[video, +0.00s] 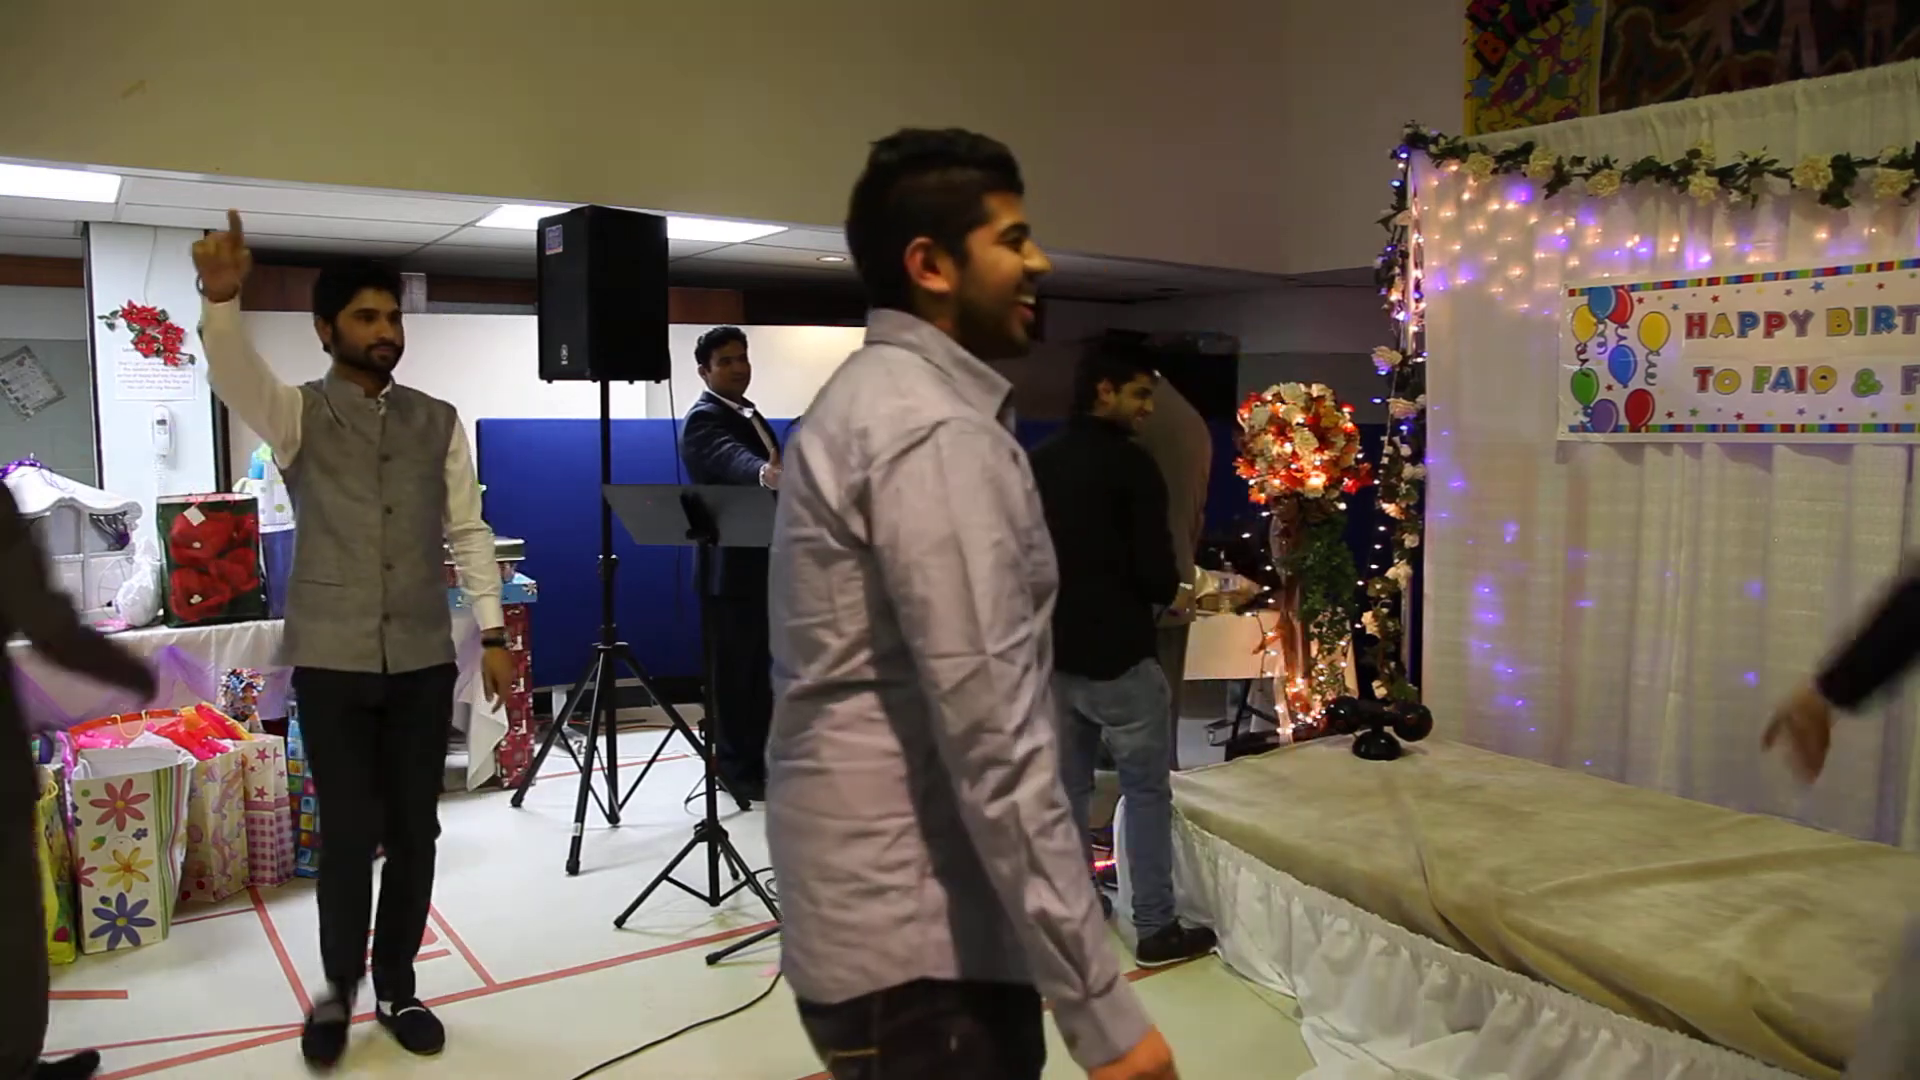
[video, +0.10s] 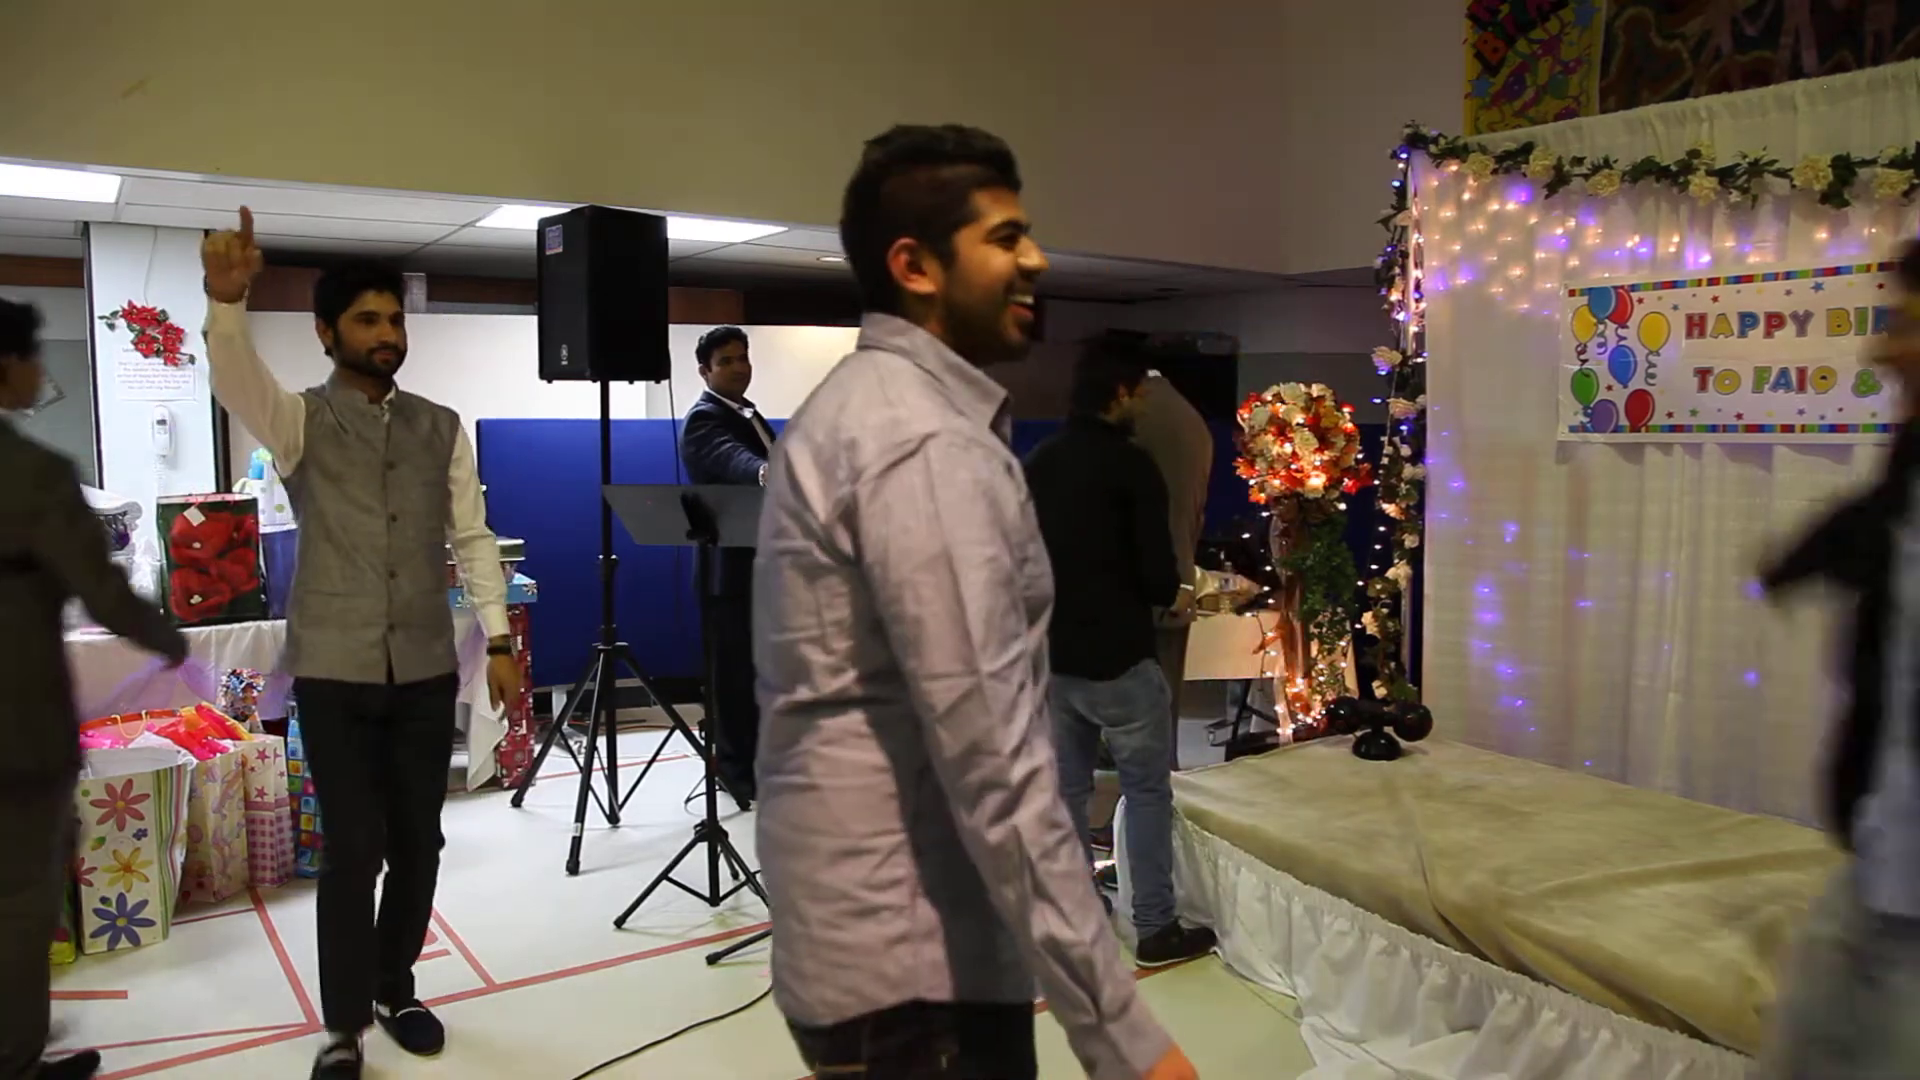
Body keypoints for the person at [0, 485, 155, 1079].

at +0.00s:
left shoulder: (6, 513)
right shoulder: (2, 512)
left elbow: (49, 626)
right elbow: (53, 629)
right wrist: (141, 673)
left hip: (7, 756)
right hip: (3, 756)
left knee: (18, 902)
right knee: (15, 900)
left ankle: (20, 1053)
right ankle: (18, 1056)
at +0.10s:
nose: (39, 373)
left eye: (36, 357)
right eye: (31, 358)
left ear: (6, 363)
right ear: (8, 366)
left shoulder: (29, 465)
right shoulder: (32, 468)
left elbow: (98, 588)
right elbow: (101, 589)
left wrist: (159, 633)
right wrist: (171, 642)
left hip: (22, 714)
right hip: (22, 719)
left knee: (23, 892)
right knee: (26, 895)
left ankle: (20, 1042)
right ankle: (18, 1052)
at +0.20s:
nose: (96, 377)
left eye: (90, 363)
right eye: (88, 365)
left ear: (20, 379)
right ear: (63, 375)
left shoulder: (8, 459)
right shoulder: (96, 474)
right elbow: (159, 579)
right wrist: (206, 618)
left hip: (21, 696)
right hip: (73, 702)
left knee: (107, 831)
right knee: (47, 884)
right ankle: (19, 1055)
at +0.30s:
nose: (143, 398)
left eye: (137, 385)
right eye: (136, 387)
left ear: (69, 401)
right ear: (119, 397)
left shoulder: (34, 497)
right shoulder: (148, 485)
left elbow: (22, 616)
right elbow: (213, 570)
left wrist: (49, 689)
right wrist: (256, 609)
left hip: (71, 710)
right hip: (134, 711)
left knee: (166, 824)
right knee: (86, 886)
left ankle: (231, 921)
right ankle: (23, 1051)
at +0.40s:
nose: (188, 412)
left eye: (183, 400)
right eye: (183, 401)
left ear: (123, 411)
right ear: (167, 408)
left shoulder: (83, 501)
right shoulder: (202, 488)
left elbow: (83, 618)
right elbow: (273, 575)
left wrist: (113, 695)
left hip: (130, 695)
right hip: (190, 691)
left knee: (229, 798)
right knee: (175, 855)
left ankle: (251, 922)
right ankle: (58, 1007)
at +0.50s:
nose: (234, 419)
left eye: (228, 406)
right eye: (229, 406)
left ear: (166, 415)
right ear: (216, 410)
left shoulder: (131, 499)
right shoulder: (240, 483)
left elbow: (134, 607)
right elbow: (278, 579)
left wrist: (168, 677)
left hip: (181, 682)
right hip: (240, 675)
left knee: (265, 793)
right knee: (266, 804)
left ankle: (256, 918)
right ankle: (170, 913)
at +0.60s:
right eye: (252, 396)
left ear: (204, 405)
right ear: (256, 405)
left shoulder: (174, 485)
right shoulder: (286, 471)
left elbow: (178, 595)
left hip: (213, 667)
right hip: (280, 661)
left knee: (266, 784)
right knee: (282, 785)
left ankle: (271, 902)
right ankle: (256, 912)